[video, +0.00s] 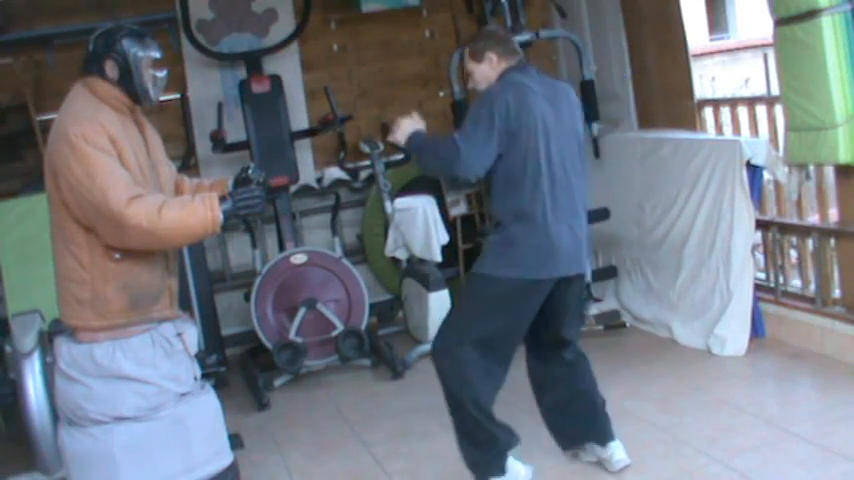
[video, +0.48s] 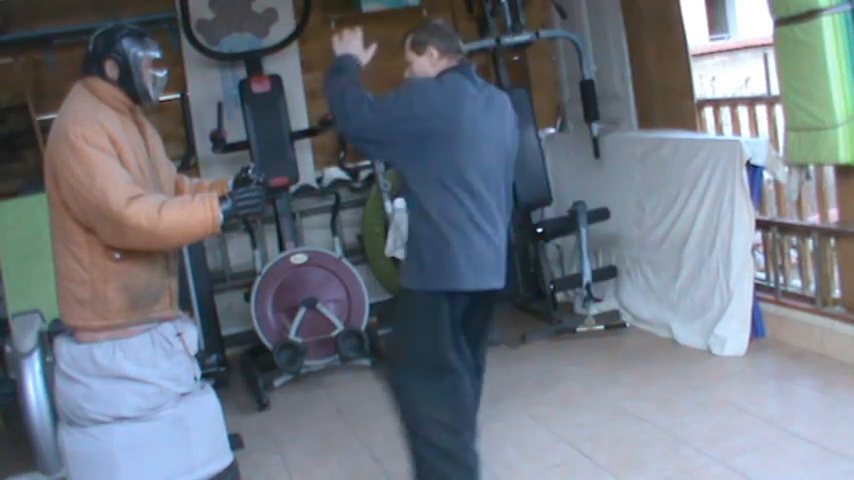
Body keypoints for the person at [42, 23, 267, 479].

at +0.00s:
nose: (153, 74)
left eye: (153, 63)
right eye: (143, 63)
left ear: (117, 68)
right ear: (111, 66)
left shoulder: (131, 118)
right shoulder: (79, 128)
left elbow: (168, 187)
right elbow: (126, 218)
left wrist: (228, 185)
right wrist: (219, 209)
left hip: (152, 318)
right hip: (109, 331)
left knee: (185, 449)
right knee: (133, 459)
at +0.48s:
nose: (154, 74)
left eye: (154, 63)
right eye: (144, 64)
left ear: (117, 68)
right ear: (111, 66)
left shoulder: (131, 117)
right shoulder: (80, 128)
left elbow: (169, 187)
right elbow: (125, 218)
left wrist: (228, 185)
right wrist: (219, 210)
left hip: (151, 316)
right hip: (108, 329)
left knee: (180, 447)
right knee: (132, 457)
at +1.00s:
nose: (157, 76)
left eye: (157, 66)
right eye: (147, 66)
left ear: (118, 70)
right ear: (112, 67)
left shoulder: (134, 120)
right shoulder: (77, 130)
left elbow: (170, 187)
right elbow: (125, 221)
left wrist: (226, 185)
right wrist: (218, 204)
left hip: (154, 319)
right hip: (108, 333)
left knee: (184, 450)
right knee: (128, 460)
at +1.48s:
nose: (154, 75)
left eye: (155, 64)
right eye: (145, 64)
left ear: (118, 68)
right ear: (112, 65)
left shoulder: (133, 118)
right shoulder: (78, 129)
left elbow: (171, 187)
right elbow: (125, 219)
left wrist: (228, 186)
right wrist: (215, 211)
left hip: (152, 316)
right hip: (107, 329)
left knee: (178, 445)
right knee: (129, 456)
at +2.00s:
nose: (153, 74)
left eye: (153, 64)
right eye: (143, 64)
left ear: (115, 68)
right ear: (109, 66)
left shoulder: (131, 119)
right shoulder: (76, 129)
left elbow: (171, 187)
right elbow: (123, 220)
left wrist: (226, 187)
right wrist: (214, 211)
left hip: (152, 315)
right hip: (106, 328)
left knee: (179, 443)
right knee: (129, 455)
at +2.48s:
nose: (153, 75)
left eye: (153, 64)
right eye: (143, 64)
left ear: (117, 68)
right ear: (110, 66)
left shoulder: (133, 120)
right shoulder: (77, 130)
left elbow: (171, 188)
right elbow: (124, 220)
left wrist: (226, 187)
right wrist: (215, 211)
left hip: (152, 315)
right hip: (106, 327)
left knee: (179, 442)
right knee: (129, 454)